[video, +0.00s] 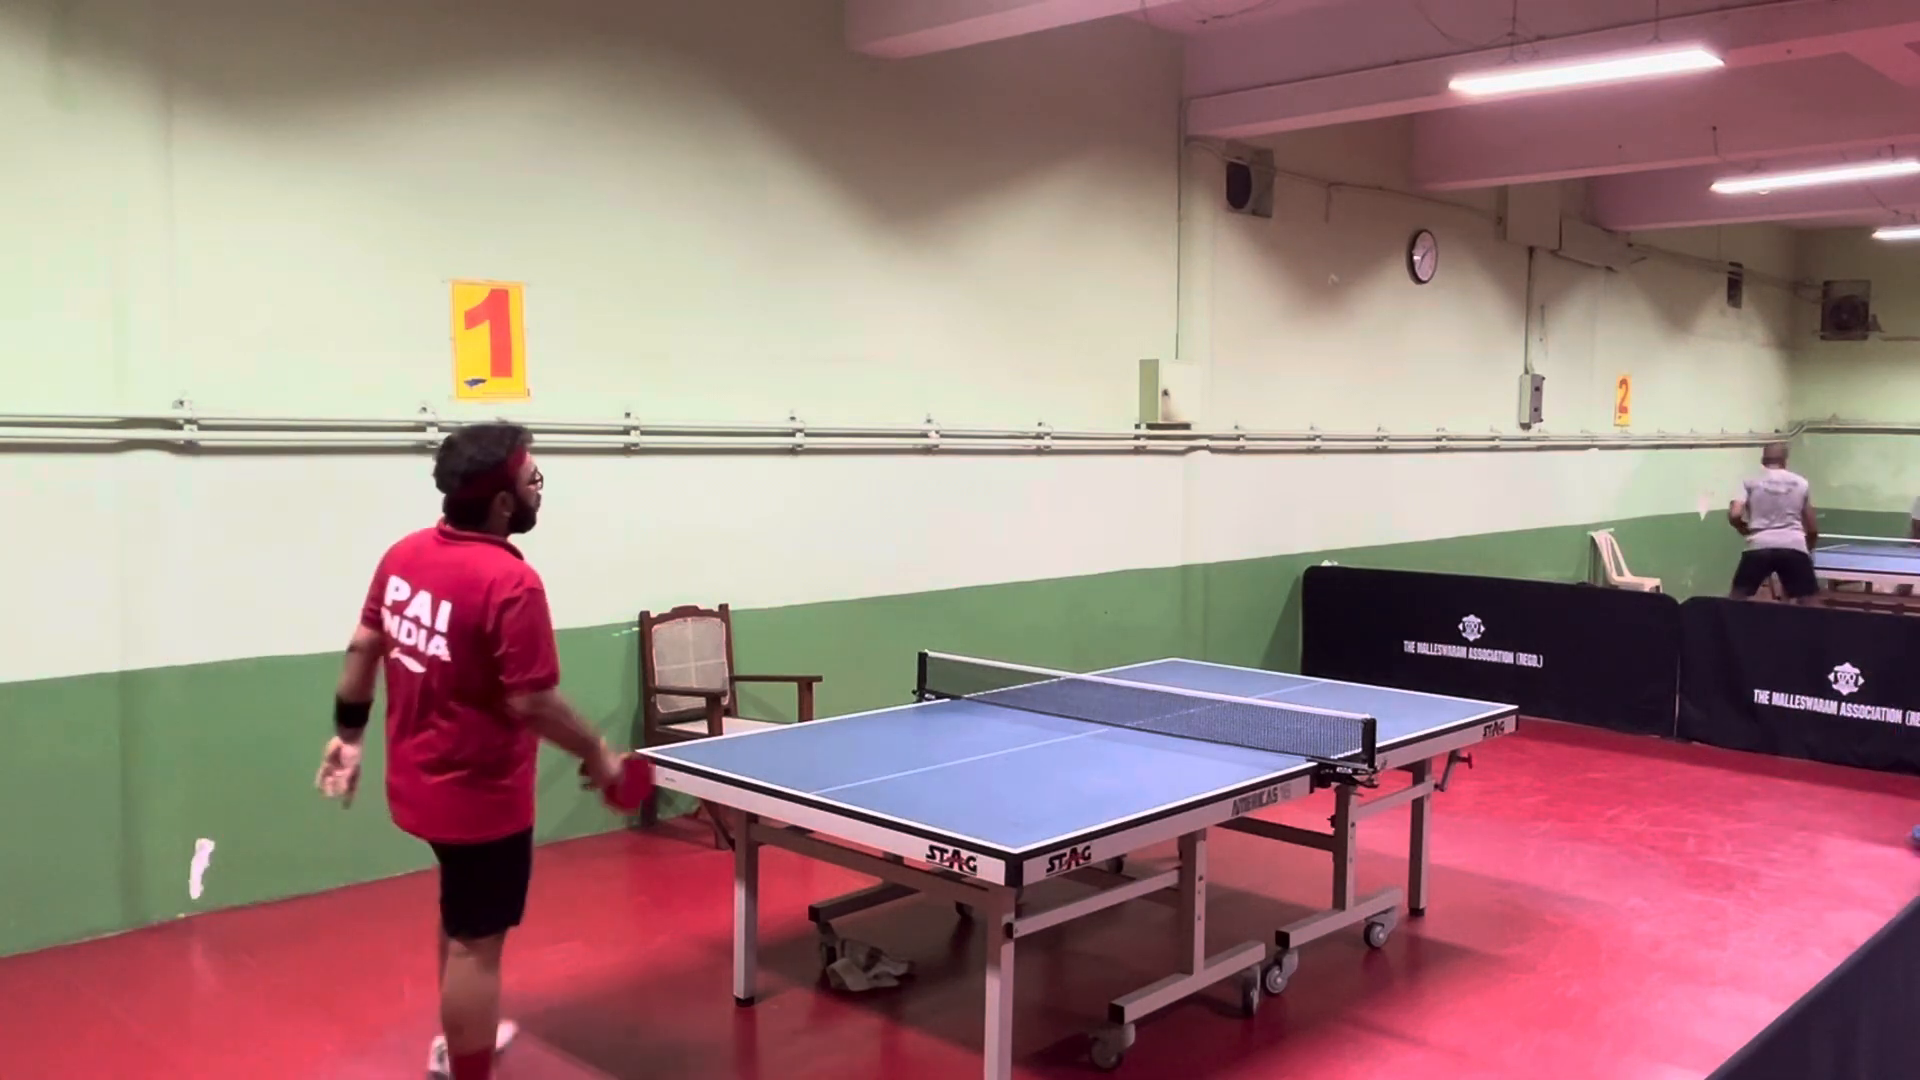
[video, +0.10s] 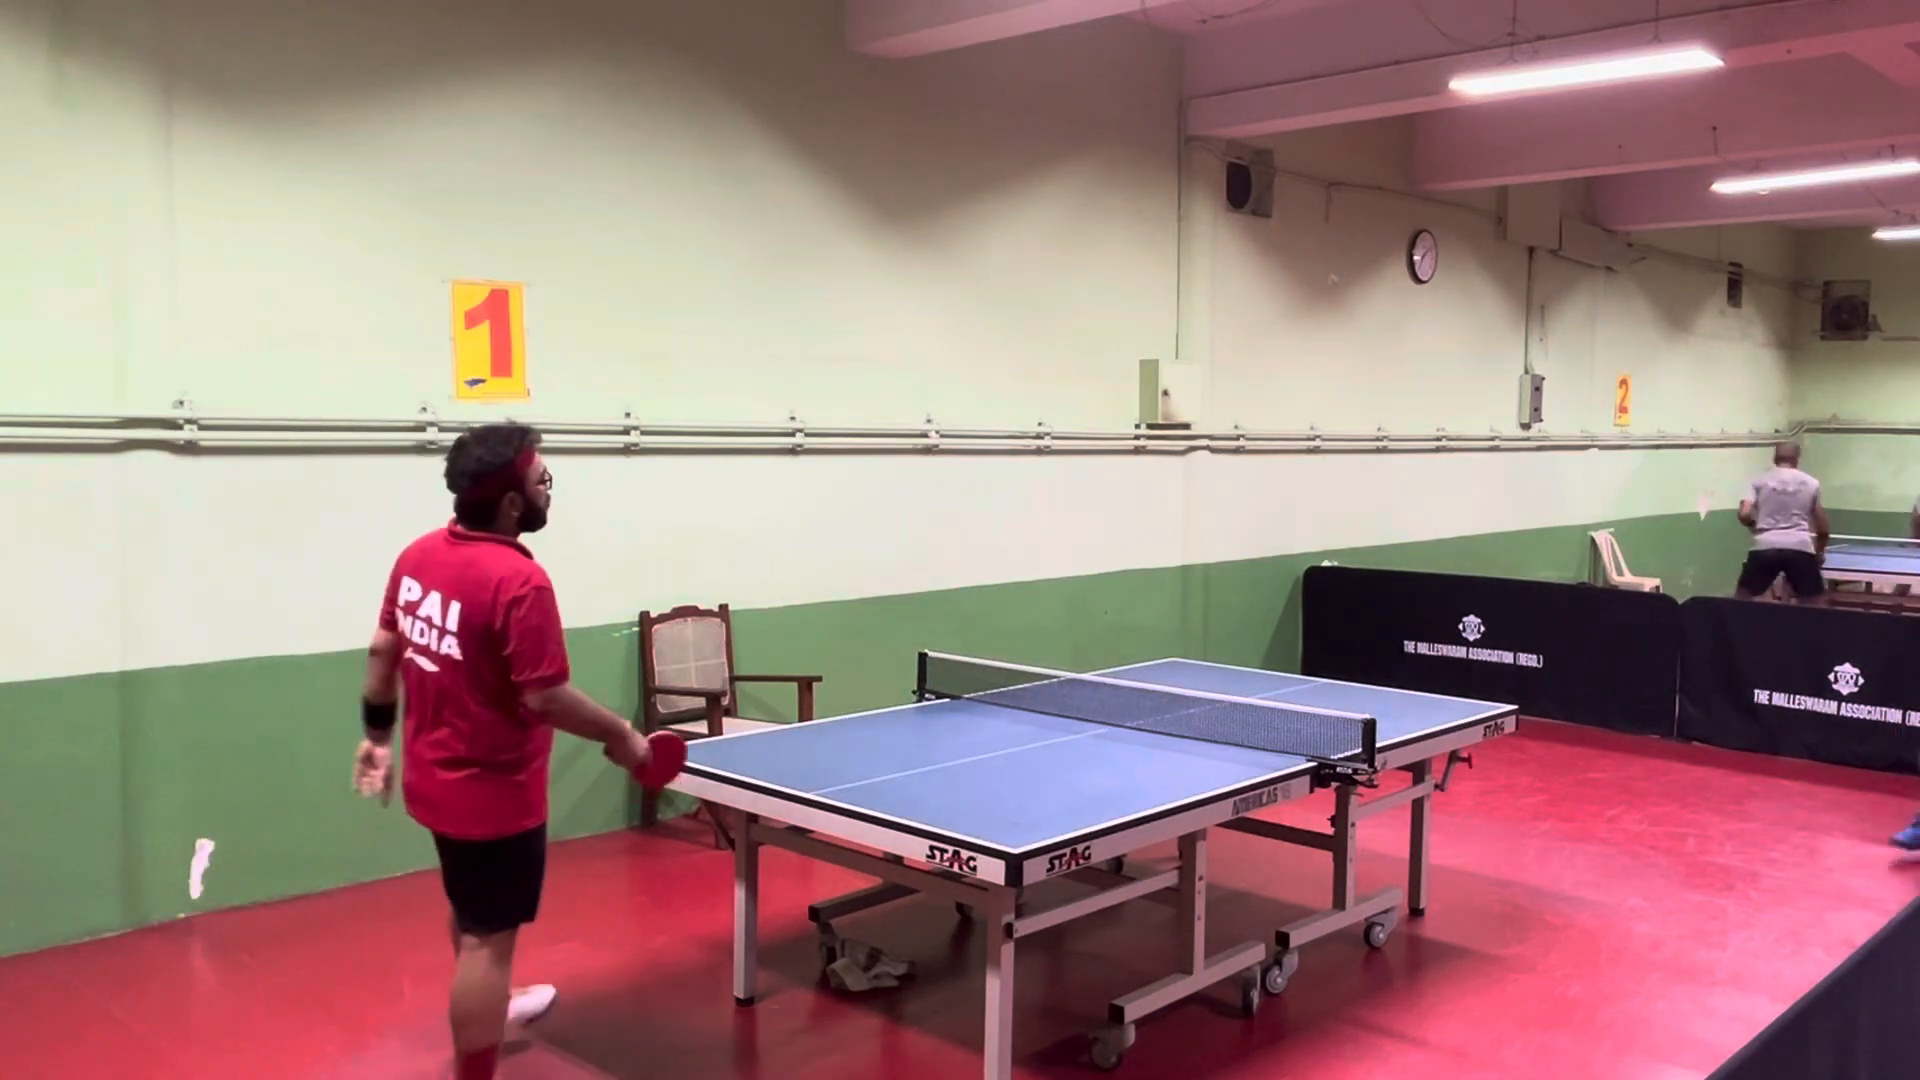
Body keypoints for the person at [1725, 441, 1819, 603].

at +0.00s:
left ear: (1763, 462)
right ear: (1785, 461)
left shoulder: (1750, 484)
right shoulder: (1801, 484)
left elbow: (1734, 516)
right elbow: (1812, 529)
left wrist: (1747, 532)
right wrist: (1806, 550)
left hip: (1758, 547)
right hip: (1794, 547)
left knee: (1735, 602)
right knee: (1810, 605)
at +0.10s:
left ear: (1774, 460)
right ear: (1797, 460)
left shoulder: (1759, 481)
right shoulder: (1811, 484)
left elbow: (1744, 514)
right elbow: (1823, 526)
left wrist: (1755, 525)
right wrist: (1819, 552)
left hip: (1764, 548)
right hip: (1801, 549)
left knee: (1742, 600)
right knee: (1815, 605)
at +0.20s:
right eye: (1808, 458)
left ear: (1787, 457)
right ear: (1809, 459)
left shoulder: (1770, 480)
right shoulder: (1822, 484)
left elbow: (1754, 512)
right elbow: (1832, 528)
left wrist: (1769, 525)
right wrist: (1828, 554)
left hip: (1772, 547)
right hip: (1807, 549)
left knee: (1747, 600)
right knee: (1821, 604)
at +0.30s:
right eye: (1817, 456)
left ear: (1796, 455)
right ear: (1817, 457)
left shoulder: (1777, 476)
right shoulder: (1829, 482)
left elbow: (1761, 510)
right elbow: (1840, 528)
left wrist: (1776, 521)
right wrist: (1835, 550)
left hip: (1777, 546)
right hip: (1812, 549)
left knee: (1752, 596)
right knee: (1824, 604)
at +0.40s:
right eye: (1819, 455)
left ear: (1799, 453)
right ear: (1821, 455)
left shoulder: (1779, 473)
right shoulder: (1833, 480)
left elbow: (1764, 509)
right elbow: (1842, 523)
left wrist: (1780, 521)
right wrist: (1834, 546)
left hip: (1779, 546)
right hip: (1815, 547)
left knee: (1757, 598)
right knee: (1824, 605)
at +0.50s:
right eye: (1819, 454)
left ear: (1798, 452)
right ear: (1820, 454)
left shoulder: (1779, 473)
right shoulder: (1832, 480)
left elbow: (1763, 508)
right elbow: (1838, 514)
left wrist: (1778, 521)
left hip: (1778, 545)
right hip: (1813, 547)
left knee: (1762, 598)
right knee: (1822, 604)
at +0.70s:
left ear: (1783, 451)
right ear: (1806, 453)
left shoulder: (1766, 475)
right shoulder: (1811, 479)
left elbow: (1754, 512)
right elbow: (1817, 514)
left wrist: (1770, 521)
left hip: (1768, 542)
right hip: (1798, 545)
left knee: (1758, 597)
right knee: (1791, 599)